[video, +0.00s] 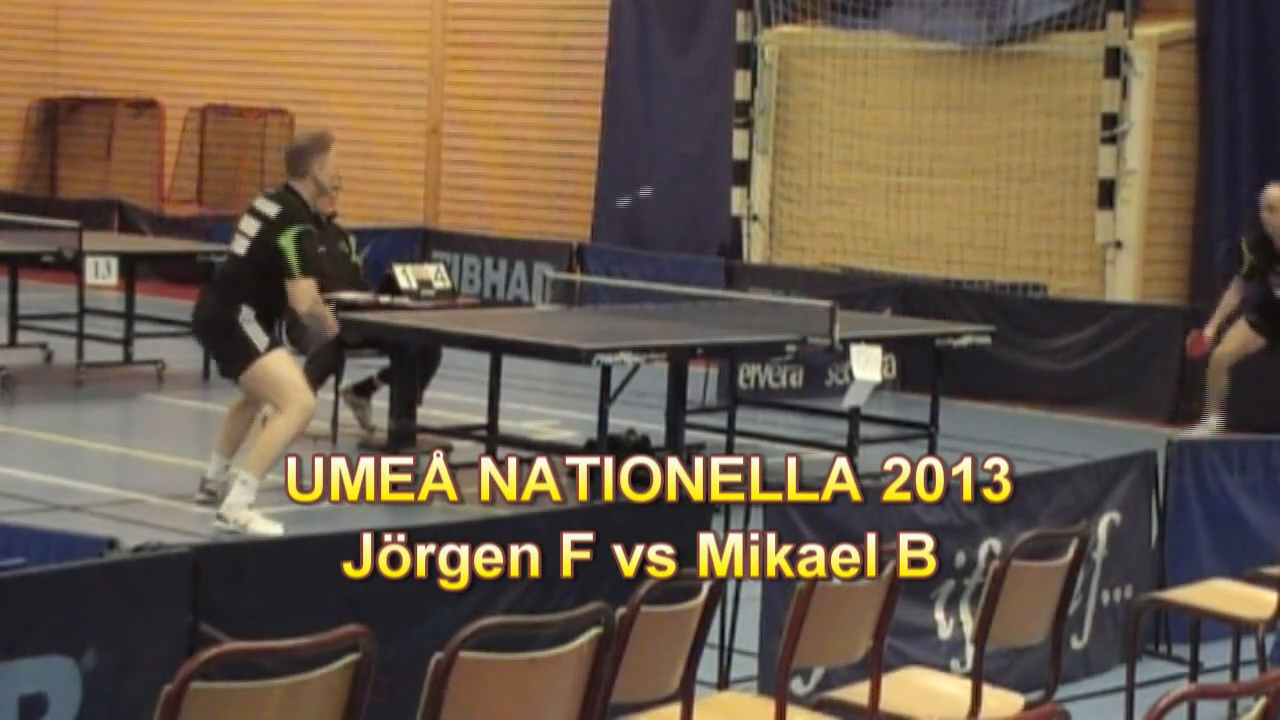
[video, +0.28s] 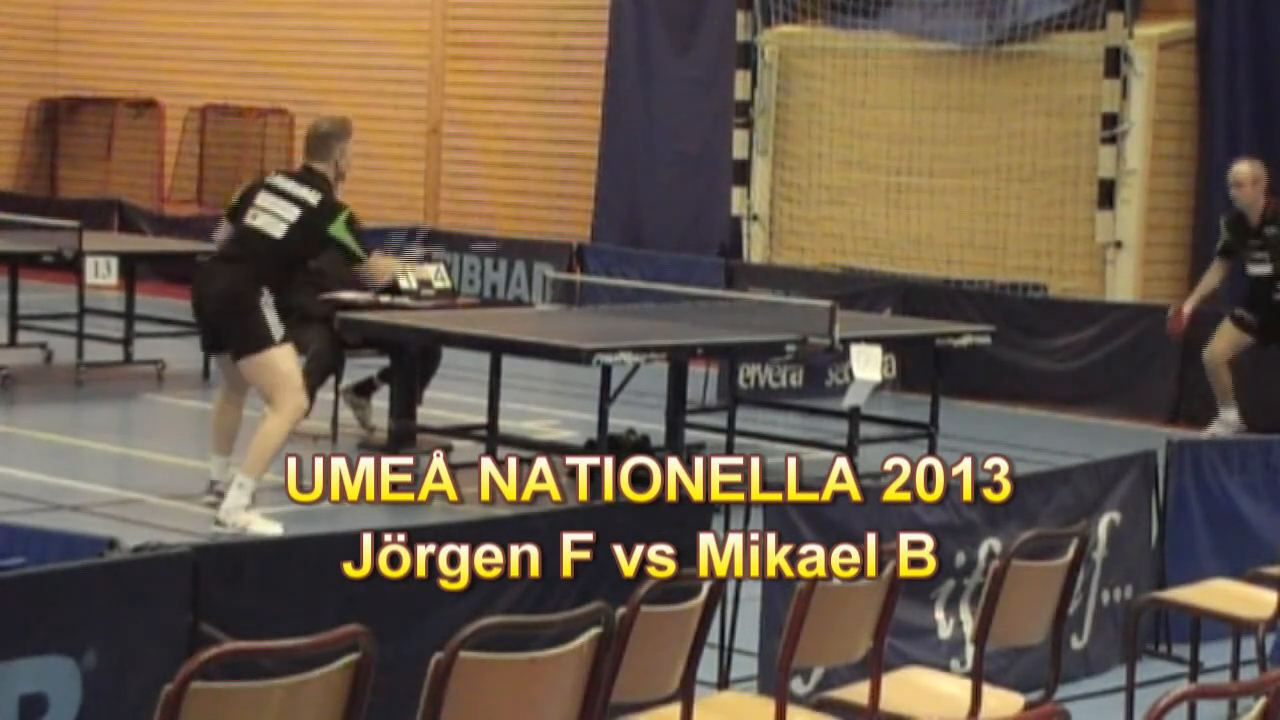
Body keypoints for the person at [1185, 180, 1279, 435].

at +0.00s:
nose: (1267, 216)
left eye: (1272, 209)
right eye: (1265, 209)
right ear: (1261, 212)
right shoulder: (1258, 246)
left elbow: (1238, 288)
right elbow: (1237, 288)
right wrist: (1211, 326)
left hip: (1270, 315)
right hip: (1268, 314)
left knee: (1222, 355)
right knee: (1221, 355)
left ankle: (1213, 420)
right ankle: (1213, 420)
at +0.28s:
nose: (1234, 192)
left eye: (1240, 185)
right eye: (1231, 185)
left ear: (1260, 187)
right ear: (1229, 188)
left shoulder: (1276, 219)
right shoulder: (1234, 222)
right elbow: (1219, 268)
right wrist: (1190, 303)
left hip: (1276, 305)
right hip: (1257, 304)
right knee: (1214, 354)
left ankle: (1229, 417)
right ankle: (1229, 417)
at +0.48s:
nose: (1219, 220)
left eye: (1225, 212)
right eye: (1216, 213)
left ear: (1245, 213)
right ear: (1212, 215)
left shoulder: (1269, 245)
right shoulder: (1215, 249)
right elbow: (1208, 296)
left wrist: (1275, 313)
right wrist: (1193, 336)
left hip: (1271, 322)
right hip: (1242, 322)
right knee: (1193, 354)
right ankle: (1189, 429)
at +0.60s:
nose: (1237, 227)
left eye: (1245, 220)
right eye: (1234, 220)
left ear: (1265, 222)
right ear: (1230, 223)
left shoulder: (1274, 259)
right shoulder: (1231, 258)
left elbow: (1275, 311)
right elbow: (1224, 305)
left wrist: (1263, 309)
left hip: (1273, 338)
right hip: (1247, 337)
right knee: (1195, 363)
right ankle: (1190, 428)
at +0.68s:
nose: (1260, 222)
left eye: (1267, 215)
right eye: (1258, 215)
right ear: (1254, 218)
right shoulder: (1255, 254)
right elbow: (1243, 300)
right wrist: (1252, 346)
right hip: (1262, 339)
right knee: (1211, 372)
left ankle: (1193, 425)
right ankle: (1193, 426)